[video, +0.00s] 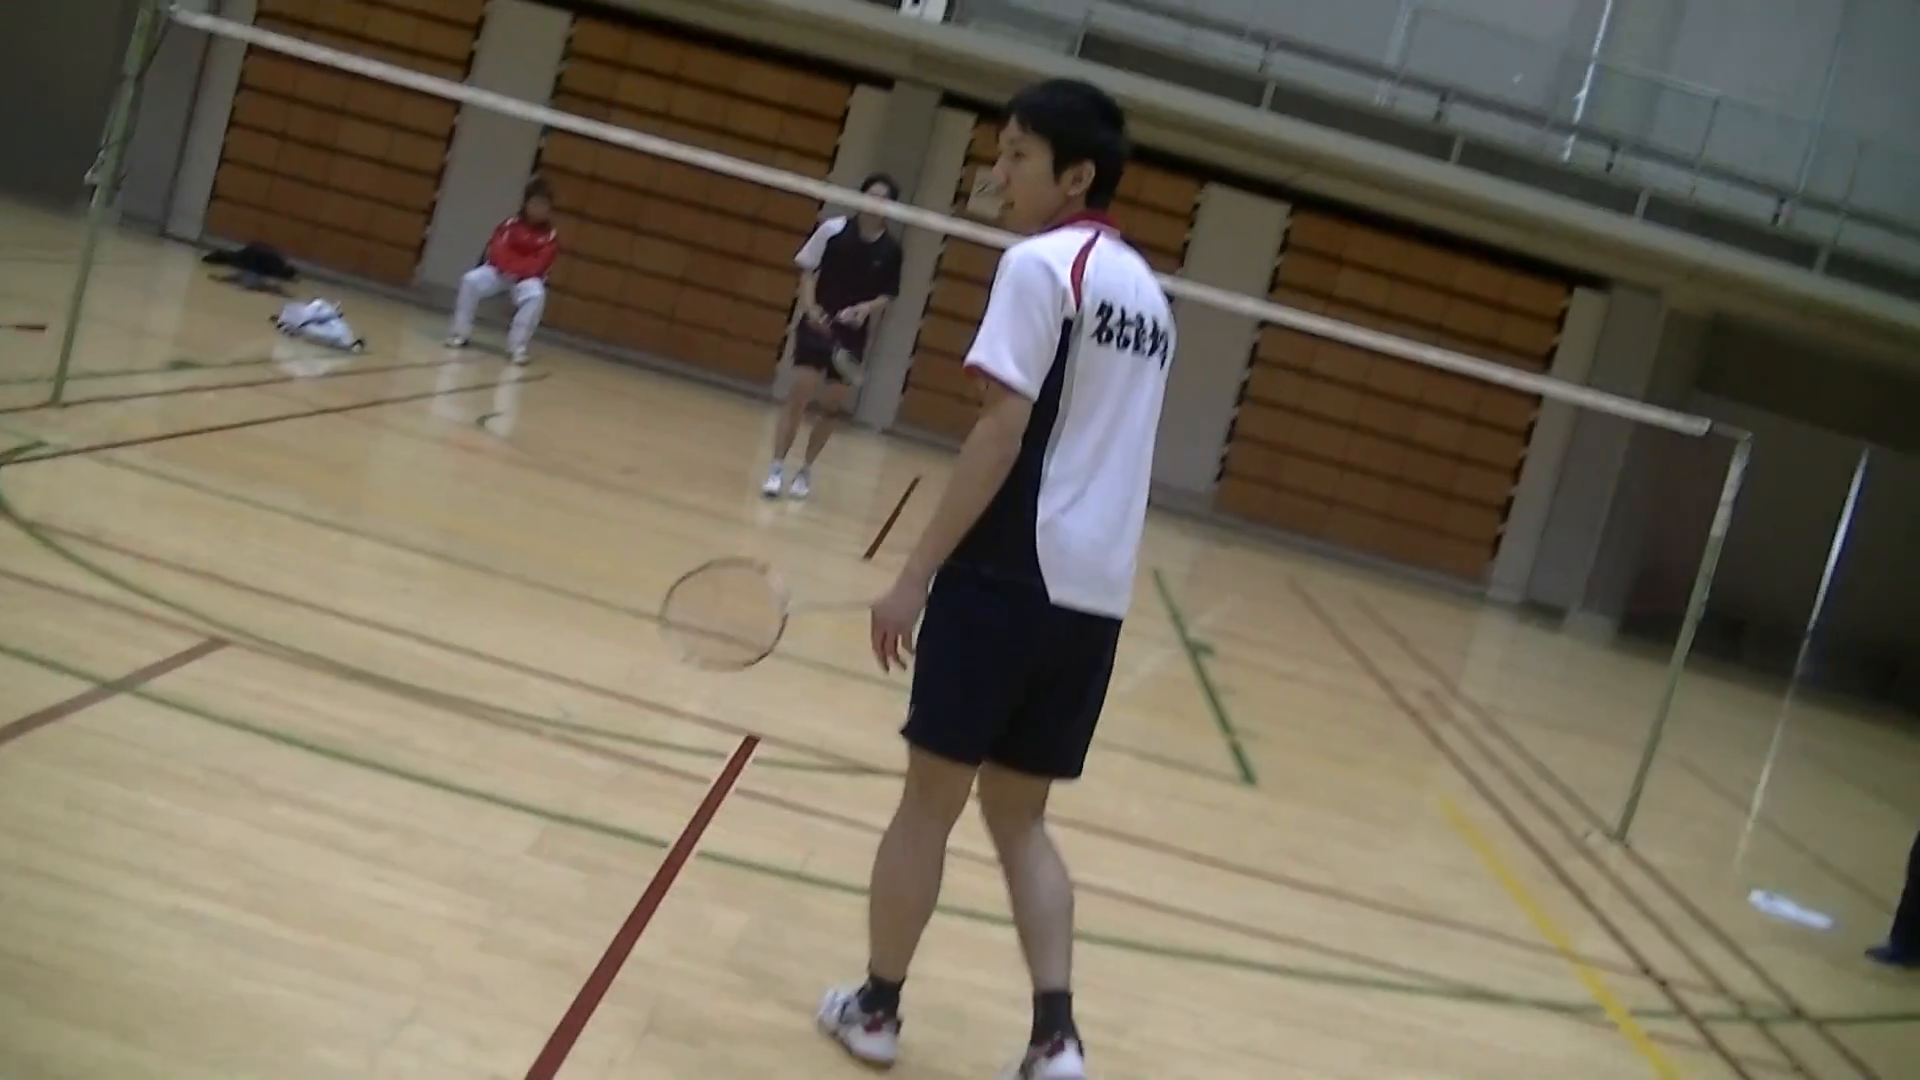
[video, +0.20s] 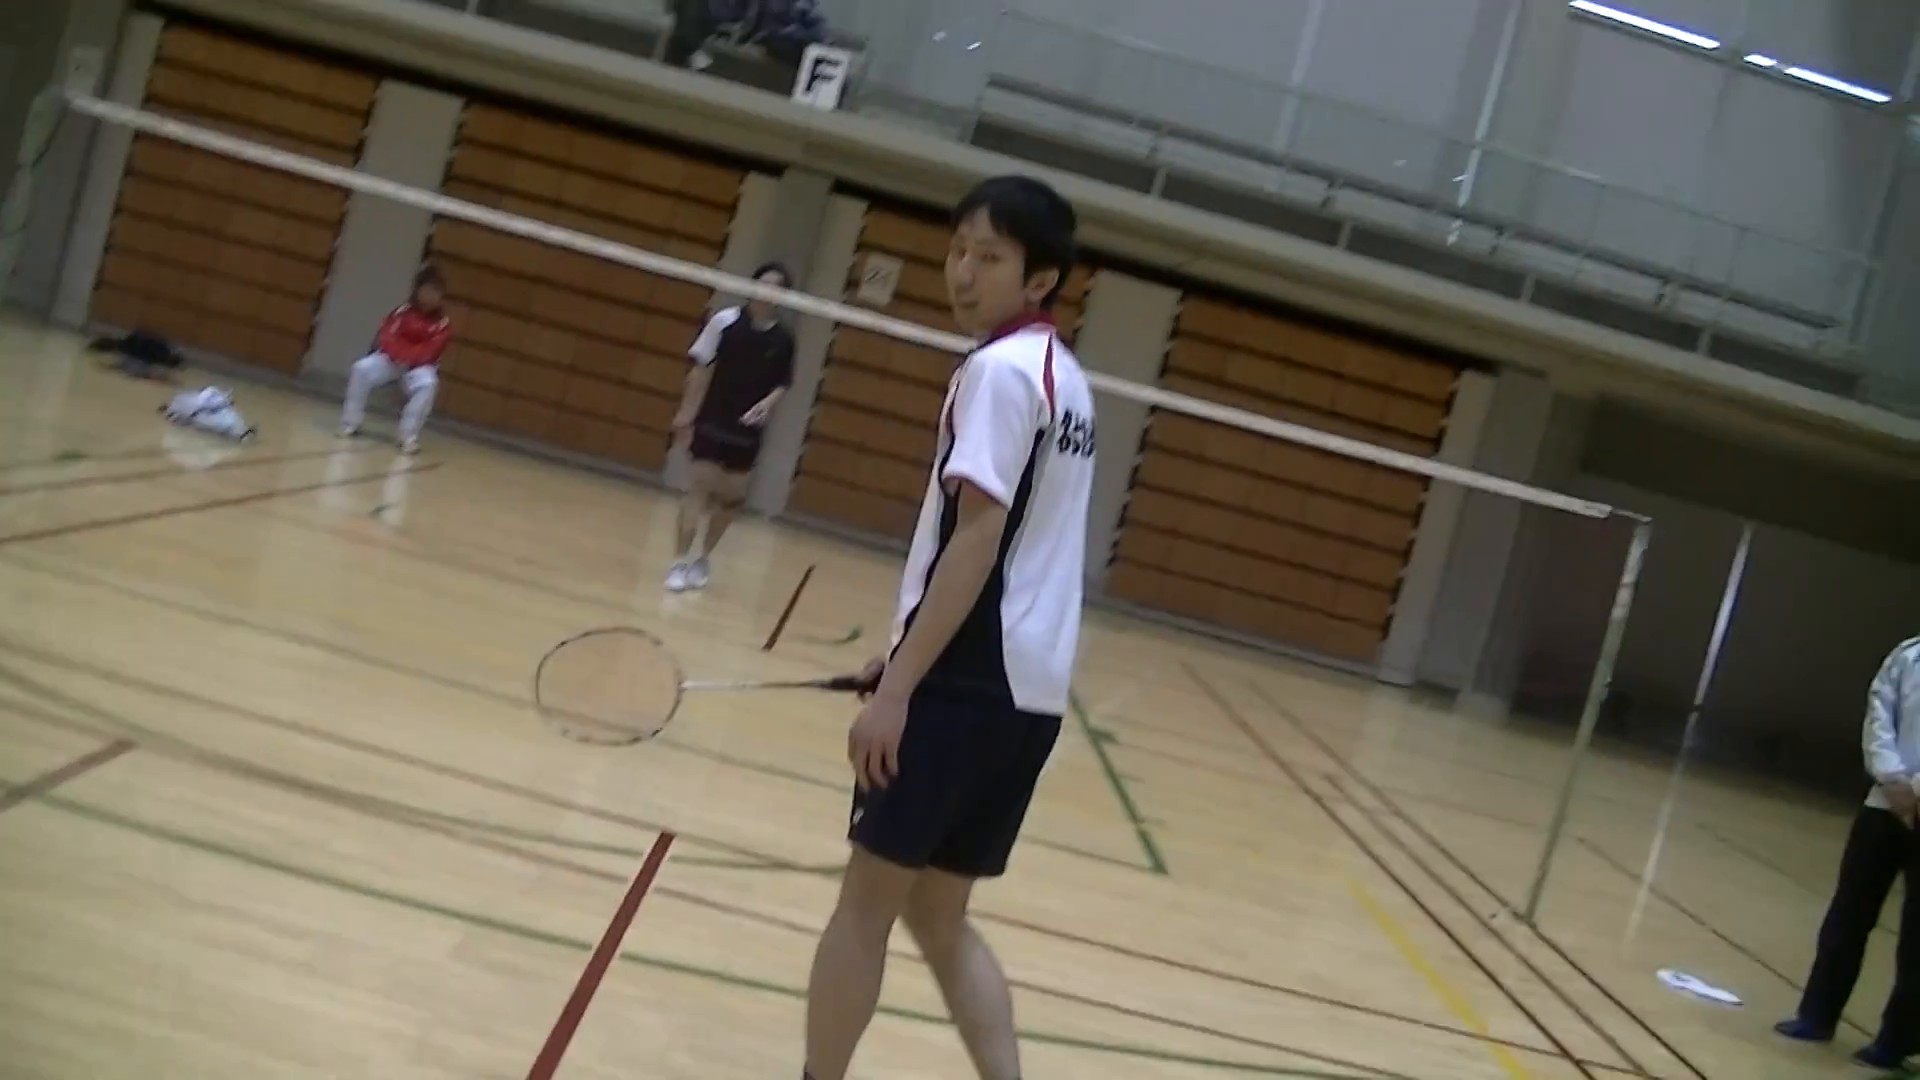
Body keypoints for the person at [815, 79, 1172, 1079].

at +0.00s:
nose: (998, 174)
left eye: (1017, 157)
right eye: (1001, 154)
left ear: (1081, 174)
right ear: (1089, 179)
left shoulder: (1041, 266)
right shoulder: (1150, 293)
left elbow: (1000, 433)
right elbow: (1119, 462)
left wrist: (914, 570)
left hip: (997, 588)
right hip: (1091, 609)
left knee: (928, 805)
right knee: (1020, 815)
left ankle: (878, 1004)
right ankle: (1056, 1037)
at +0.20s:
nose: (961, 272)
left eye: (987, 258)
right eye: (958, 252)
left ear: (1043, 279)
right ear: (951, 252)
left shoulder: (1003, 368)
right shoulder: (1065, 374)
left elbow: (977, 537)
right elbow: (1013, 546)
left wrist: (895, 688)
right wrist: (906, 648)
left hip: (955, 685)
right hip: (1022, 699)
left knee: (865, 908)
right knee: (939, 914)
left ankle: (821, 1072)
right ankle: (1006, 1075)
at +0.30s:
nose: (959, 311)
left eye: (988, 296)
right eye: (950, 288)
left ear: (1033, 316)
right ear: (933, 293)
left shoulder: (1006, 413)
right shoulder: (998, 402)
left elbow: (986, 584)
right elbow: (966, 584)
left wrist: (898, 732)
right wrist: (888, 686)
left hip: (958, 719)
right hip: (986, 722)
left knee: (857, 942)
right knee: (918, 948)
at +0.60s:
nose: (955, 337)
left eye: (954, 316)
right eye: (953, 317)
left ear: (973, 319)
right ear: (1051, 311)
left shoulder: (1003, 424)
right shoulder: (1098, 421)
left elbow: (1011, 598)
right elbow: (1071, 594)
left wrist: (987, 769)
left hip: (975, 740)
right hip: (1073, 748)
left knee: (916, 965)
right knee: (1035, 969)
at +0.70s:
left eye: (972, 313)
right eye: (1061, 307)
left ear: (971, 324)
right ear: (1069, 317)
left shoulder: (964, 425)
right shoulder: (1132, 434)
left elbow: (966, 595)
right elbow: (1137, 611)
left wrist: (964, 762)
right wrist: (1085, 697)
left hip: (979, 746)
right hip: (1092, 755)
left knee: (920, 967)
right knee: (1063, 971)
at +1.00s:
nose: (1108, 337)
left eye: (1111, 318)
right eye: (1105, 316)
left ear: (1006, 306)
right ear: (1066, 305)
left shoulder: (917, 407)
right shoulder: (1113, 400)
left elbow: (844, 565)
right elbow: (1137, 570)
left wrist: (784, 707)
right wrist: (1185, 717)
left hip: (949, 731)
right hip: (1074, 732)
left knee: (910, 949)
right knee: (1061, 966)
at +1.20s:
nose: (1079, 276)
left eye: (1079, 257)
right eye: (1078, 255)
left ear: (979, 243)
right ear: (1050, 240)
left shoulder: (888, 334)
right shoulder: (1068, 333)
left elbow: (825, 503)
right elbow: (1075, 500)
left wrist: (829, 623)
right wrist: (1119, 649)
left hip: (912, 656)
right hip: (1024, 656)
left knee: (921, 892)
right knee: (1034, 901)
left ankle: (907, 1074)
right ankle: (1022, 1076)